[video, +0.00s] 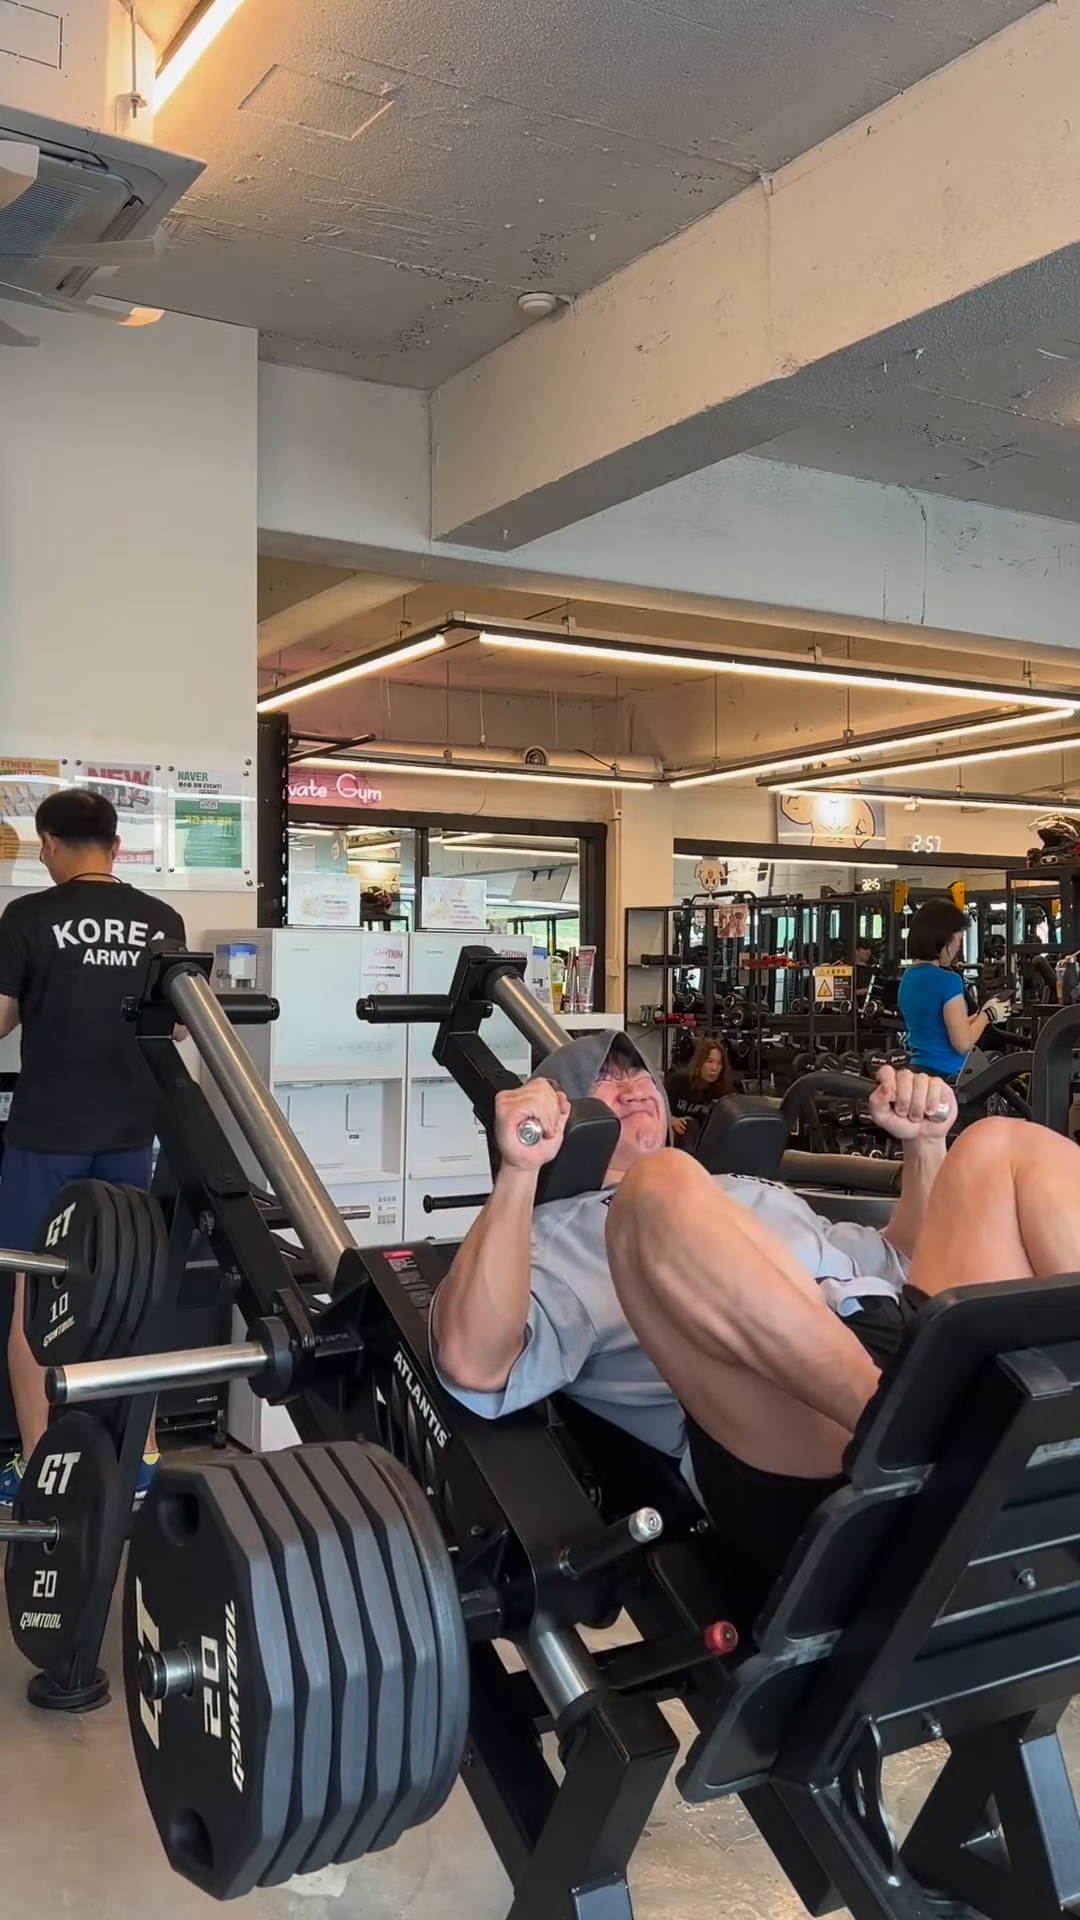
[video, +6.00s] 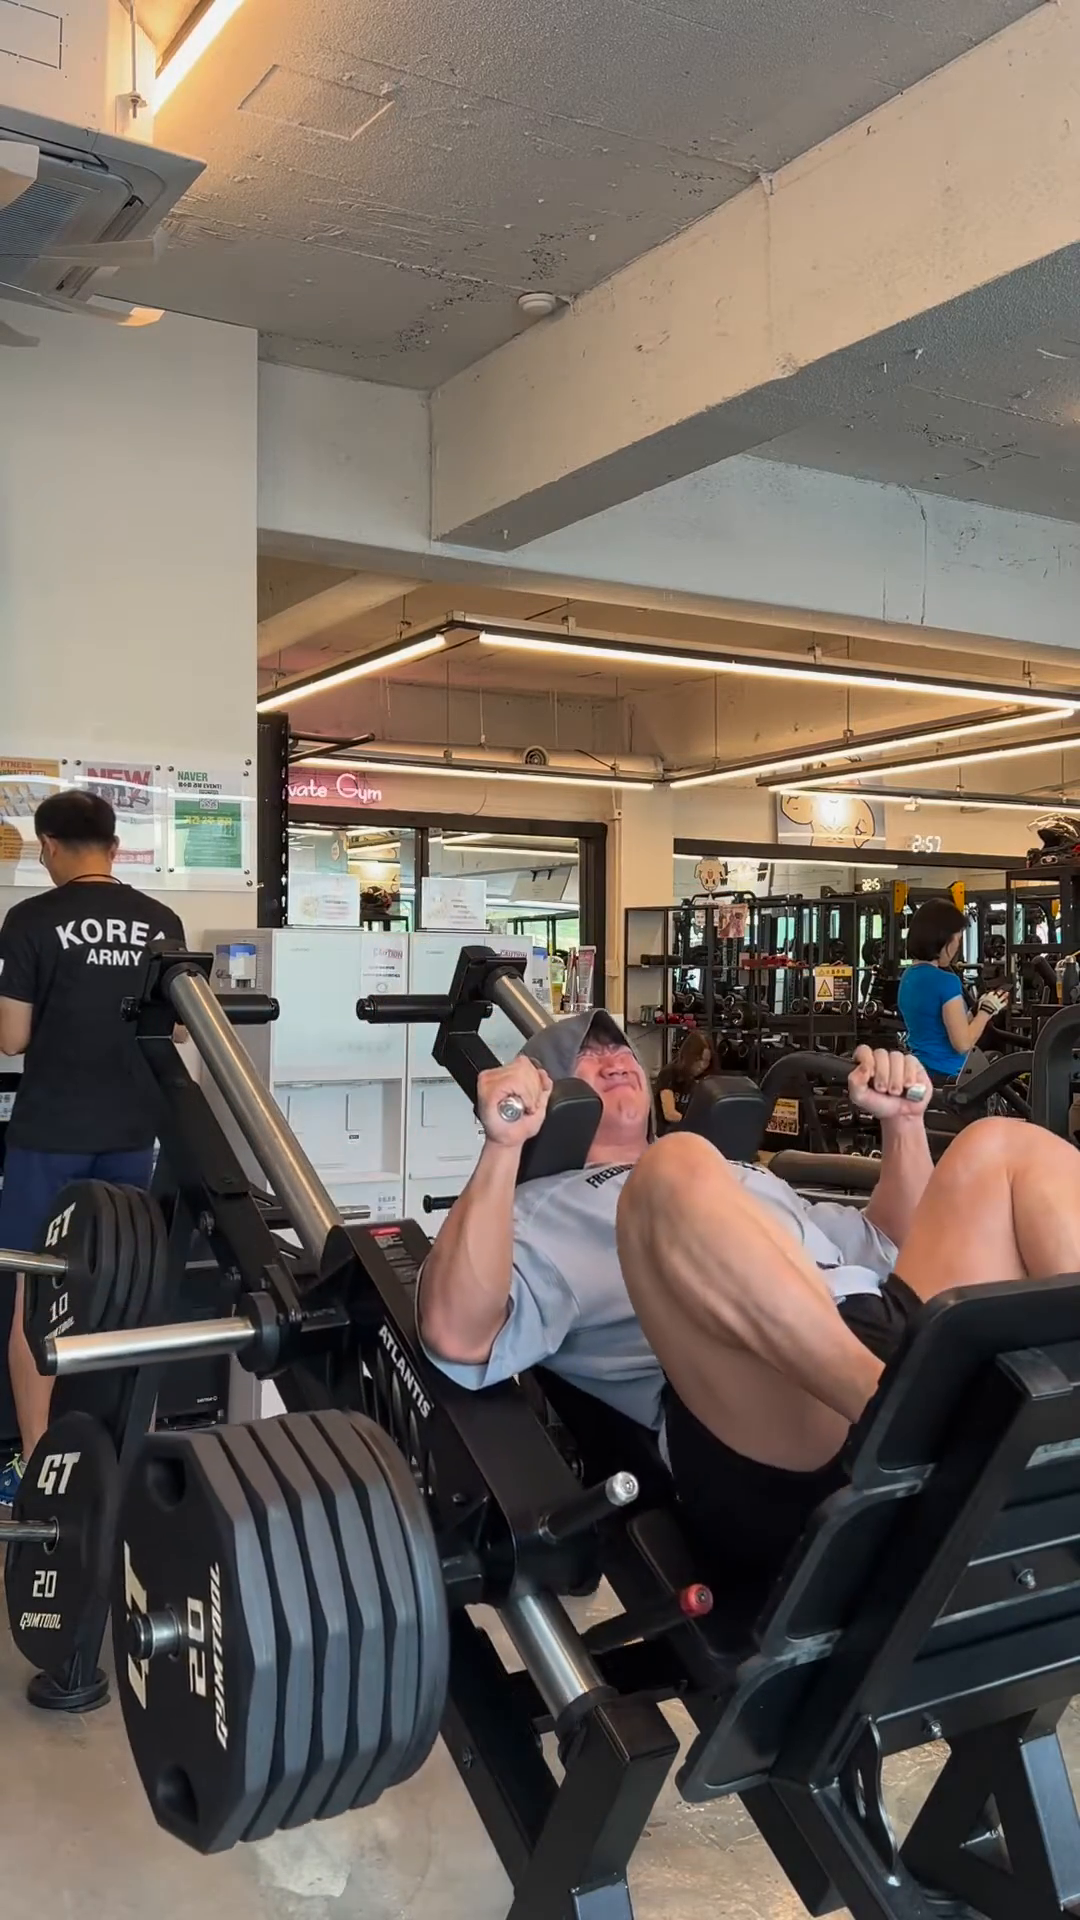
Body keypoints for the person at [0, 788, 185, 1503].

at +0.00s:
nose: (47, 859)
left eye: (44, 849)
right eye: (51, 849)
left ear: (48, 847)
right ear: (116, 848)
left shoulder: (28, 916)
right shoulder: (163, 918)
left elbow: (6, 1020)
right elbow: (178, 1023)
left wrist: (47, 1004)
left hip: (47, 1130)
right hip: (135, 1132)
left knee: (26, 1298)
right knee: (130, 1288)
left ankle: (41, 1462)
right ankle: (138, 1447)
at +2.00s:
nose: (49, 858)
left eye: (47, 847)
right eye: (56, 848)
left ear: (50, 846)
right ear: (117, 848)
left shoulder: (29, 919)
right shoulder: (164, 921)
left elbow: (9, 1032)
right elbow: (170, 1021)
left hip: (50, 1130)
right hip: (142, 1128)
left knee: (23, 1297)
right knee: (128, 1287)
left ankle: (41, 1458)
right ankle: (131, 1445)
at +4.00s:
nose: (49, 858)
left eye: (46, 848)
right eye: (53, 849)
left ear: (52, 847)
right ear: (118, 847)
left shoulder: (33, 917)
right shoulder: (165, 920)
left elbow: (8, 1032)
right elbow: (179, 1031)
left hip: (47, 1139)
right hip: (139, 1141)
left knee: (29, 1299)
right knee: (133, 1297)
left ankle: (36, 1458)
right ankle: (136, 1463)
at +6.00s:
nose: (45, 861)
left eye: (43, 851)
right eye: (48, 851)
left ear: (49, 849)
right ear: (114, 847)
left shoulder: (33, 919)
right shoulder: (162, 920)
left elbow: (12, 1037)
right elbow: (182, 1030)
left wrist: (61, 1027)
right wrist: (120, 1026)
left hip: (51, 1131)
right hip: (137, 1132)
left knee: (30, 1297)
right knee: (121, 1287)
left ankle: (39, 1461)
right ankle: (121, 1449)